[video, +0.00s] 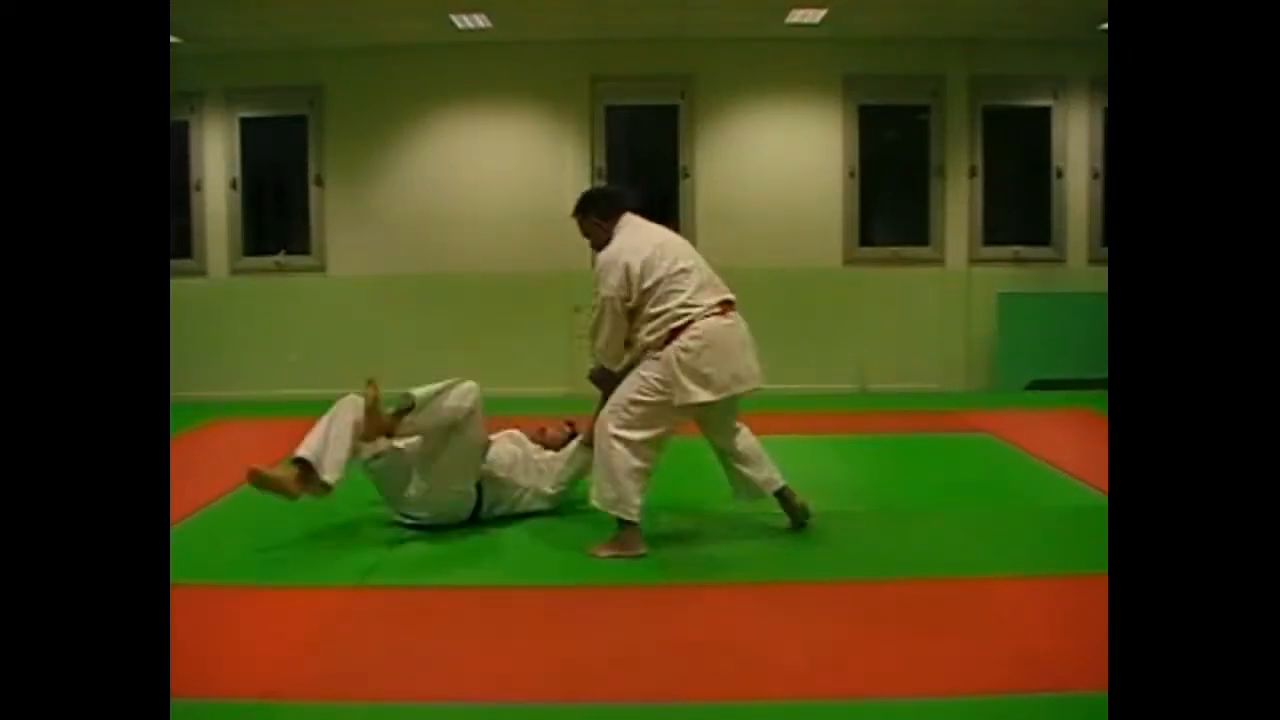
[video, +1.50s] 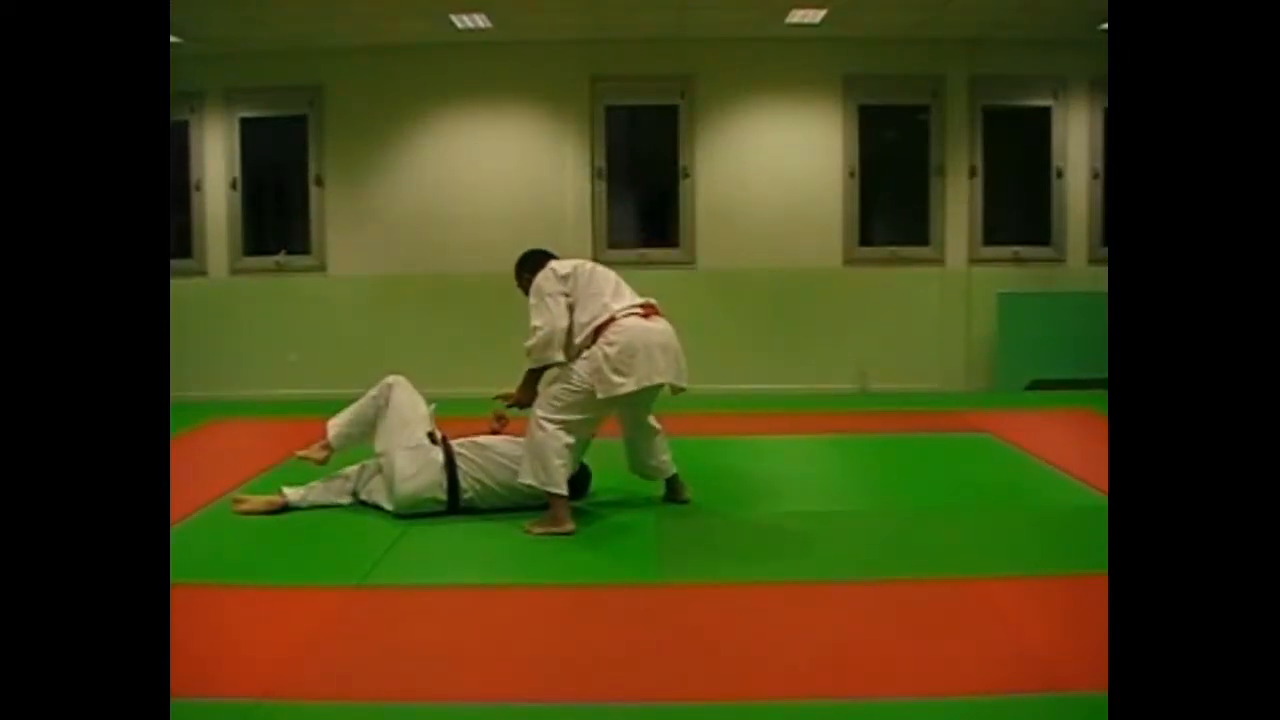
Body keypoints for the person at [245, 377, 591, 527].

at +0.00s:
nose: (547, 427)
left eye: (558, 431)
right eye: (551, 423)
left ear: (563, 449)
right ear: (538, 424)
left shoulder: (552, 479)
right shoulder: (501, 445)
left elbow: (590, 442)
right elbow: (453, 446)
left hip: (451, 500)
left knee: (468, 394)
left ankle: (389, 425)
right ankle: (303, 473)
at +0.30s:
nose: (571, 427)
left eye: (575, 427)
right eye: (575, 422)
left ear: (580, 446)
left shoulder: (564, 478)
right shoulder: (532, 460)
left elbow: (593, 436)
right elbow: (468, 451)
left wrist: (591, 394)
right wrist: (501, 437)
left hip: (437, 494)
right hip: (421, 479)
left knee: (456, 389)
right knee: (358, 435)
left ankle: (366, 407)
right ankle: (284, 494)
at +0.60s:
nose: (551, 446)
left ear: (567, 461)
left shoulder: (550, 471)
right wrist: (452, 445)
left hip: (424, 478)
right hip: (410, 498)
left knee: (387, 375)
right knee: (354, 478)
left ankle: (318, 428)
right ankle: (281, 501)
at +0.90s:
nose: (544, 427)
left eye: (550, 430)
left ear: (561, 450)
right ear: (574, 486)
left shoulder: (540, 456)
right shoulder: (552, 478)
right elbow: (498, 466)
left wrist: (445, 441)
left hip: (425, 466)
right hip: (424, 500)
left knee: (394, 383)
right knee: (355, 479)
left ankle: (324, 442)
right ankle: (282, 500)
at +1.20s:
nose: (544, 430)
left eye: (550, 433)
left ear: (562, 454)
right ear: (572, 490)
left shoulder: (541, 454)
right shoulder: (551, 484)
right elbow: (502, 469)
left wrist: (448, 441)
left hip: (424, 466)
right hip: (422, 501)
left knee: (401, 385)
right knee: (356, 479)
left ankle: (330, 440)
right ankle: (282, 500)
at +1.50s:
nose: (544, 430)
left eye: (549, 433)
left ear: (562, 454)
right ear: (571, 491)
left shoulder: (538, 453)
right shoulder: (549, 487)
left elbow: (484, 450)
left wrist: (447, 443)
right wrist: (456, 454)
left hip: (423, 465)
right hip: (421, 501)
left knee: (396, 385)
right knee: (356, 480)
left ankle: (326, 443)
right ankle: (282, 500)